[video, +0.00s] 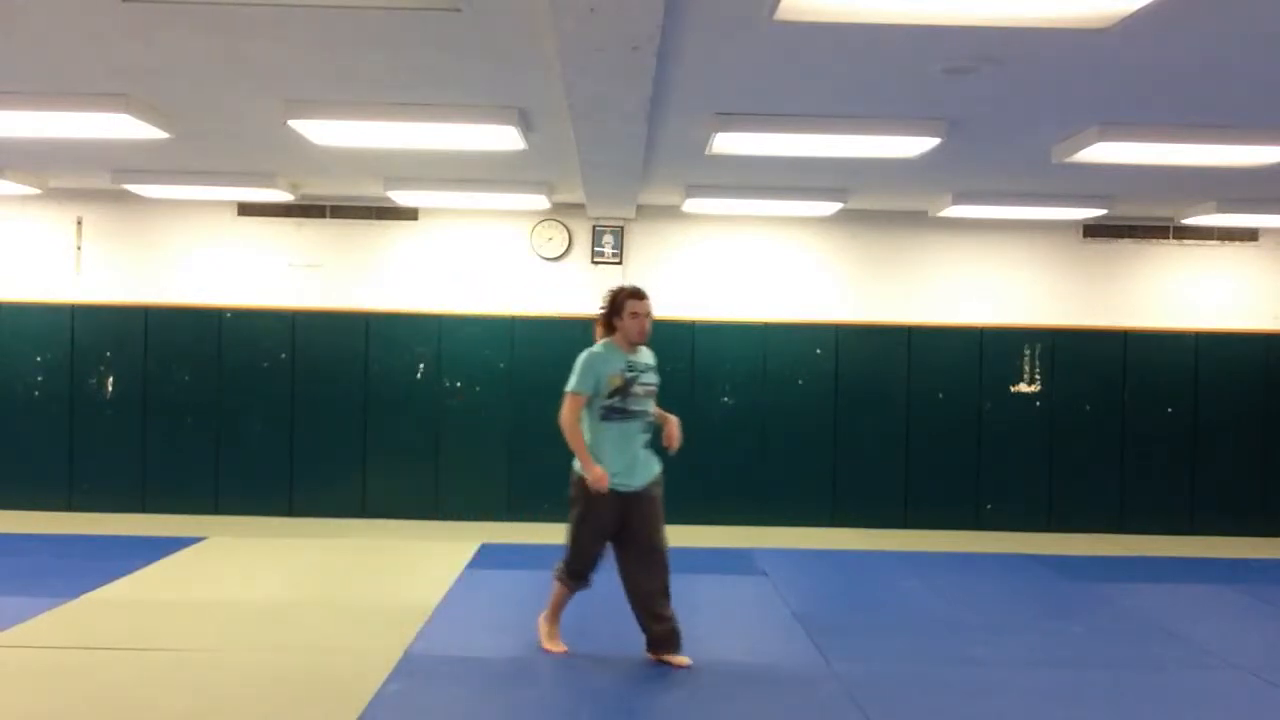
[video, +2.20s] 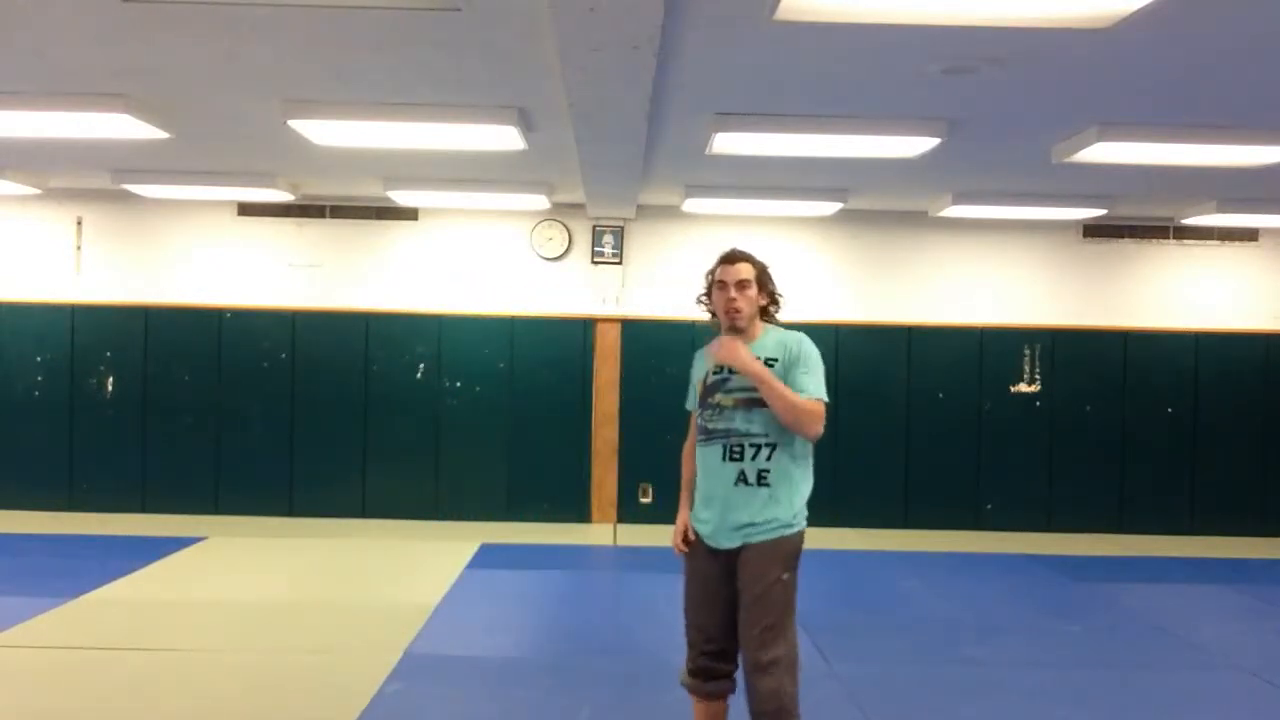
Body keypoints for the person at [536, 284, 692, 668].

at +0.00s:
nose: (644, 323)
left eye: (647, 316)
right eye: (635, 316)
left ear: (650, 320)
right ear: (615, 320)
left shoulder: (647, 358)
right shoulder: (595, 358)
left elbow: (638, 404)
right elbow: (568, 416)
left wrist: (667, 418)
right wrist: (589, 465)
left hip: (642, 480)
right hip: (600, 479)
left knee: (650, 563)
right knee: (580, 561)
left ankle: (662, 643)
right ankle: (549, 620)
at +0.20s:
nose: (669, 314)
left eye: (675, 306)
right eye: (660, 307)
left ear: (682, 312)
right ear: (643, 313)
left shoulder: (689, 352)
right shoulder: (622, 354)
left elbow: (696, 396)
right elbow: (598, 412)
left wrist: (711, 410)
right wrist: (590, 472)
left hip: (675, 471)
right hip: (631, 470)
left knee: (671, 562)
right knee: (643, 555)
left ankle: (663, 644)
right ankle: (611, 630)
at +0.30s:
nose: (678, 314)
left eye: (684, 306)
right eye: (669, 307)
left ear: (692, 312)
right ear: (653, 314)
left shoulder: (703, 354)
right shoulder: (632, 356)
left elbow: (716, 396)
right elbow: (605, 413)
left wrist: (728, 407)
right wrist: (600, 473)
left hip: (686, 475)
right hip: (641, 473)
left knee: (679, 566)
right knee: (655, 565)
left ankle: (666, 644)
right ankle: (657, 660)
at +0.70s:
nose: (695, 308)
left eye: (702, 299)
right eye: (685, 301)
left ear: (712, 305)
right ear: (671, 308)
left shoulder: (729, 350)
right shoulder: (652, 358)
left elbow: (743, 409)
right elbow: (634, 424)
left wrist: (756, 468)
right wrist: (643, 484)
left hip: (730, 487)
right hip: (676, 490)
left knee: (742, 576)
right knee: (680, 589)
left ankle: (718, 653)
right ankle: (688, 677)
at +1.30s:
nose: (741, 303)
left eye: (750, 293)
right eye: (732, 294)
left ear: (764, 300)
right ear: (718, 303)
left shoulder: (792, 354)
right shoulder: (699, 359)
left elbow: (816, 418)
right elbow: (682, 426)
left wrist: (830, 476)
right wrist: (678, 483)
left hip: (775, 511)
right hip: (710, 509)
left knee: (768, 625)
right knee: (705, 609)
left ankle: (757, 714)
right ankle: (700, 690)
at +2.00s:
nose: (713, 292)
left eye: (723, 281)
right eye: (702, 284)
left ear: (741, 290)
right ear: (690, 296)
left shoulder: (779, 341)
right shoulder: (680, 357)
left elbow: (811, 414)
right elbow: (672, 435)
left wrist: (774, 431)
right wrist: (674, 502)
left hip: (775, 523)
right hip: (703, 527)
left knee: (789, 648)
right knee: (709, 655)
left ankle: (794, 718)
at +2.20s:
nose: (732, 297)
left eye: (743, 286)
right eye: (722, 288)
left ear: (763, 295)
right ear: (711, 299)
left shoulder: (796, 347)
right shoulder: (705, 358)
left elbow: (812, 423)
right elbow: (695, 436)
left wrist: (750, 366)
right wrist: (685, 507)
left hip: (772, 525)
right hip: (707, 524)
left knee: (766, 658)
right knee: (706, 660)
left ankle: (774, 717)